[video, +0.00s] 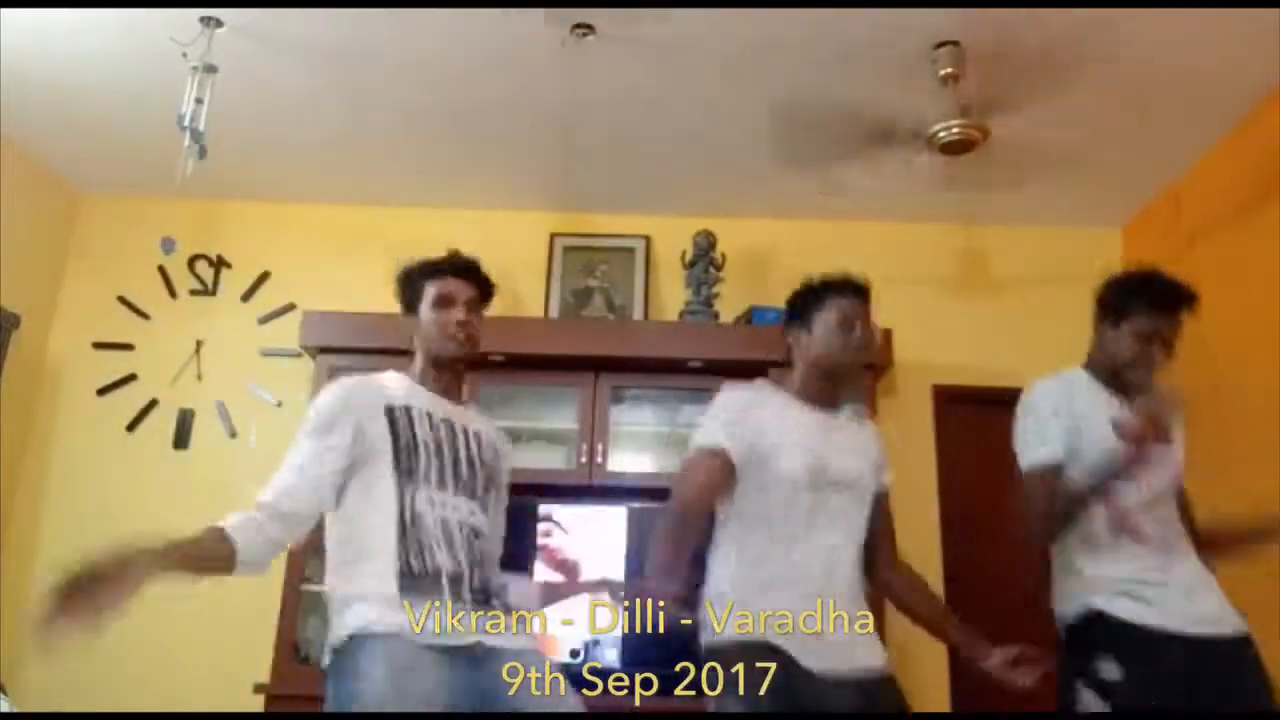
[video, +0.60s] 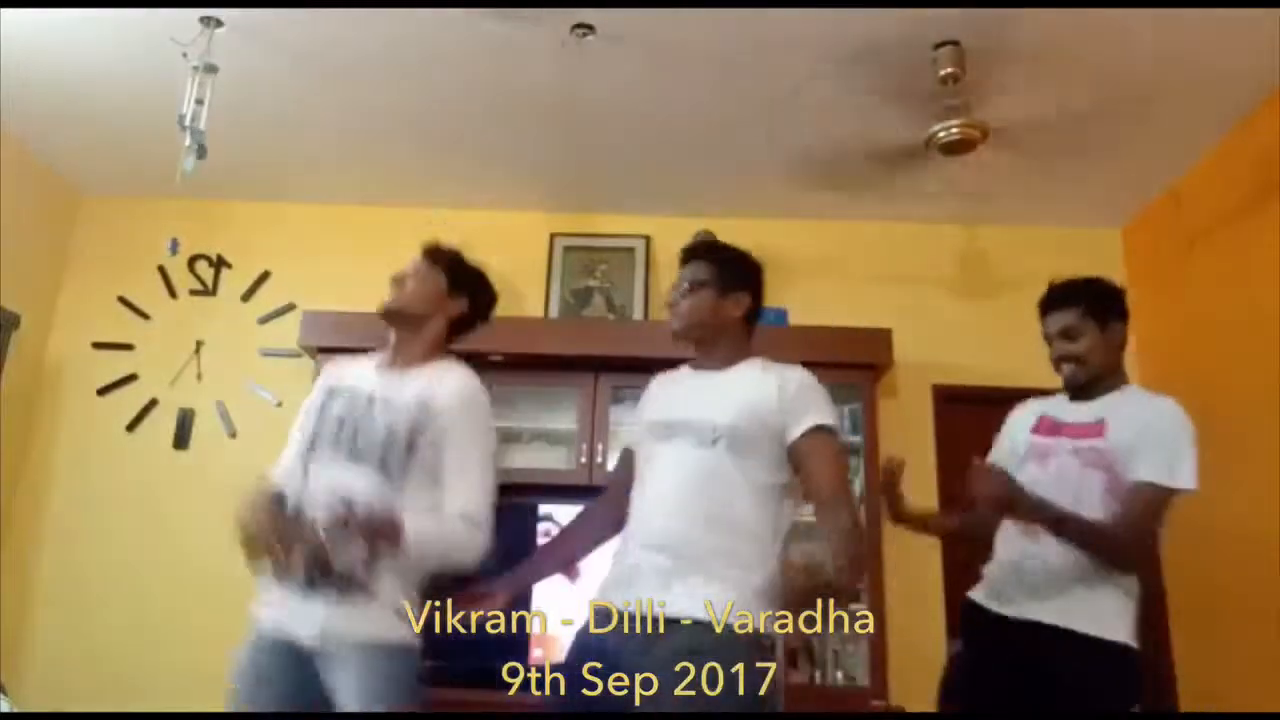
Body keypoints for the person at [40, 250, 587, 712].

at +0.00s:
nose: (464, 318)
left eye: (474, 308)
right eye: (447, 303)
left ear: (484, 325)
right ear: (413, 317)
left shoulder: (491, 442)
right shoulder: (357, 401)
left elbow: (490, 573)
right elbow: (271, 526)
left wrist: (537, 614)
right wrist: (148, 561)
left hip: (487, 642)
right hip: (391, 637)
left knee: (562, 700)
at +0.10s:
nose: (457, 283)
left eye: (471, 273)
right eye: (441, 271)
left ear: (485, 295)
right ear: (414, 288)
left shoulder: (510, 397)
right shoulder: (354, 372)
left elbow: (517, 522)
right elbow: (271, 494)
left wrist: (551, 541)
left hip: (501, 615)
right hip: (387, 615)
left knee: (559, 701)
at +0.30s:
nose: (444, 225)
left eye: (461, 218)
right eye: (431, 217)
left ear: (483, 243)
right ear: (410, 240)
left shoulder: (518, 335)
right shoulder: (347, 324)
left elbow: (557, 452)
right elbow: (292, 440)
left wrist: (493, 481)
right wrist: (359, 478)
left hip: (475, 571)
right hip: (361, 570)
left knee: (484, 705)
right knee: (296, 701)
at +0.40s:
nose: (431, 267)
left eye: (450, 258)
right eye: (423, 256)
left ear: (477, 281)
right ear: (409, 273)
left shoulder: (505, 377)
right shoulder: (343, 363)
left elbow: (542, 512)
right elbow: (305, 497)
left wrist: (454, 589)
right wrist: (360, 579)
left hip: (462, 610)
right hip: (355, 601)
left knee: (448, 704)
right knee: (284, 703)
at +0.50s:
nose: (408, 304)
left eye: (429, 300)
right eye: (408, 296)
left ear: (466, 330)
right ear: (397, 310)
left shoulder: (482, 425)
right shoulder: (334, 411)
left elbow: (511, 565)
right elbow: (291, 535)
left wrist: (398, 615)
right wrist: (327, 603)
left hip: (418, 672)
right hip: (317, 666)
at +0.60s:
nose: (398, 276)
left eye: (419, 273)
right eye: (405, 269)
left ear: (454, 305)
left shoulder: (457, 392)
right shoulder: (336, 377)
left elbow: (470, 535)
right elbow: (287, 478)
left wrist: (387, 528)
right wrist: (270, 517)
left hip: (372, 637)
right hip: (284, 625)